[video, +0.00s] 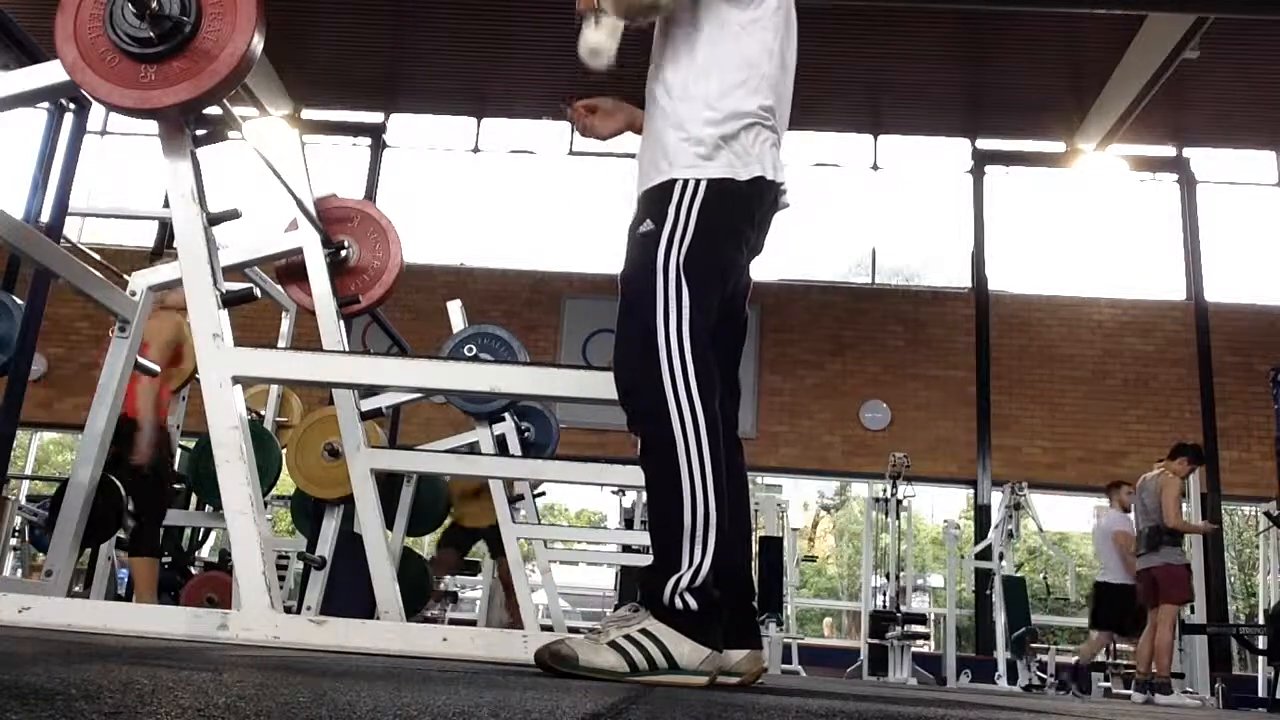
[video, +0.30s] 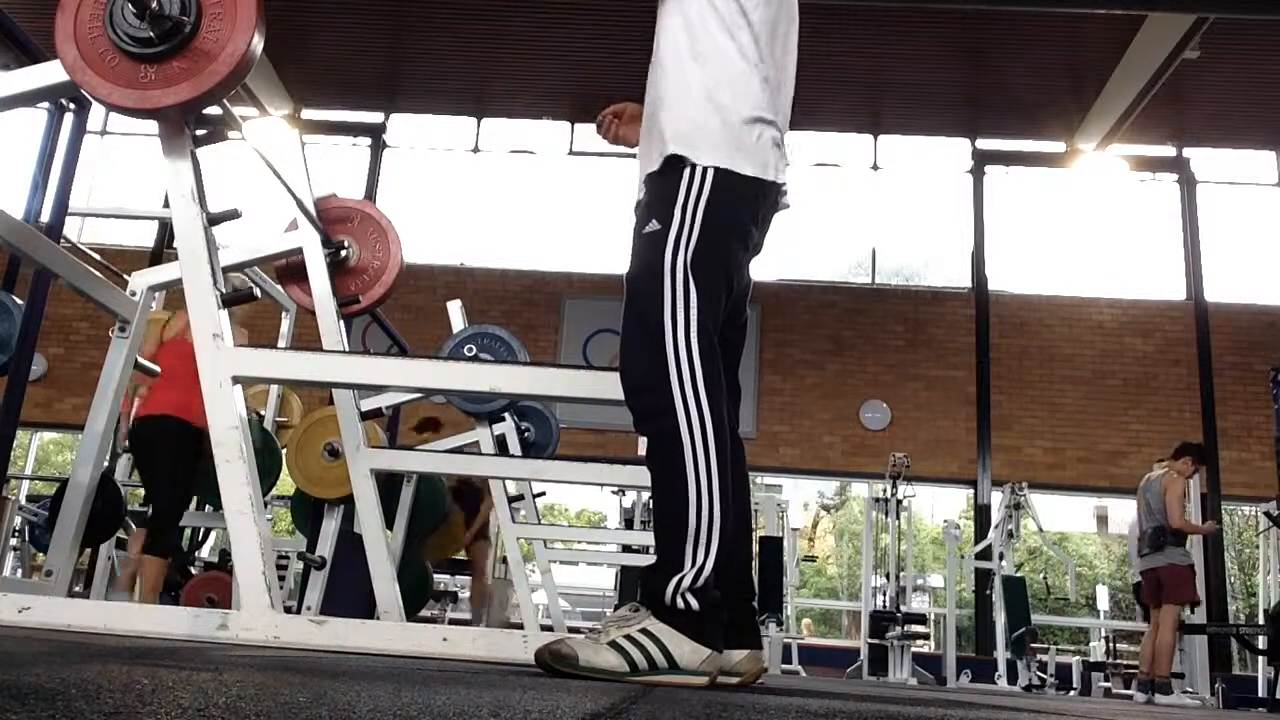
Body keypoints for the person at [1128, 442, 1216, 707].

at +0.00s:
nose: (1188, 476)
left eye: (1191, 472)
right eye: (1190, 471)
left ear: (1174, 459)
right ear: (1182, 462)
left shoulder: (1143, 480)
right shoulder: (1170, 480)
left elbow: (1141, 524)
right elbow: (1172, 521)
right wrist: (1200, 527)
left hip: (1146, 563)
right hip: (1168, 562)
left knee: (1152, 624)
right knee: (1166, 624)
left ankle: (1140, 685)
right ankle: (1163, 687)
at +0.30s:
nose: (1192, 476)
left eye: (1194, 472)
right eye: (1194, 471)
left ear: (1178, 459)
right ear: (1186, 462)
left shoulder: (1147, 479)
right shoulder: (1175, 480)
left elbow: (1143, 522)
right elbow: (1176, 522)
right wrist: (1204, 529)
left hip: (1148, 561)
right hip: (1171, 560)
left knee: (1155, 625)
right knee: (1167, 625)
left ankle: (1143, 685)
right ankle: (1163, 688)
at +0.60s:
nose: (1193, 475)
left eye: (1196, 472)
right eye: (1195, 470)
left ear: (1178, 459)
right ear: (1188, 462)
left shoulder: (1148, 480)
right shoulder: (1176, 479)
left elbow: (1149, 523)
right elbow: (1178, 522)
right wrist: (1208, 528)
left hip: (1148, 561)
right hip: (1173, 561)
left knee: (1156, 624)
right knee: (1168, 625)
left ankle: (1143, 685)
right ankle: (1163, 688)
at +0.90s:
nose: (1194, 476)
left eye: (1197, 472)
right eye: (1196, 471)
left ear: (1180, 459)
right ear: (1188, 462)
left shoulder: (1148, 480)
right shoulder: (1177, 480)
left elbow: (1148, 524)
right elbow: (1179, 522)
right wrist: (1206, 529)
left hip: (1149, 562)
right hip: (1173, 561)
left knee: (1155, 625)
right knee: (1168, 625)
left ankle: (1143, 684)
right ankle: (1163, 687)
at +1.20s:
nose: (1193, 476)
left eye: (1196, 472)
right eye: (1195, 471)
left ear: (1179, 459)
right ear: (1187, 462)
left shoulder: (1147, 480)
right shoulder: (1175, 480)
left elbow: (1148, 524)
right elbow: (1178, 522)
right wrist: (1205, 528)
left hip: (1149, 563)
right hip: (1174, 562)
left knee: (1155, 625)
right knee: (1169, 625)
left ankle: (1143, 685)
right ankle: (1164, 688)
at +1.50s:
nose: (1192, 475)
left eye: (1195, 471)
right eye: (1194, 470)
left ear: (1175, 458)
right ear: (1185, 461)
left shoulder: (1145, 480)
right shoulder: (1174, 480)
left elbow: (1146, 524)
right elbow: (1177, 523)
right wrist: (1206, 530)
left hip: (1149, 563)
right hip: (1173, 562)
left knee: (1155, 625)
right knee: (1169, 625)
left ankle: (1143, 685)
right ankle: (1164, 688)